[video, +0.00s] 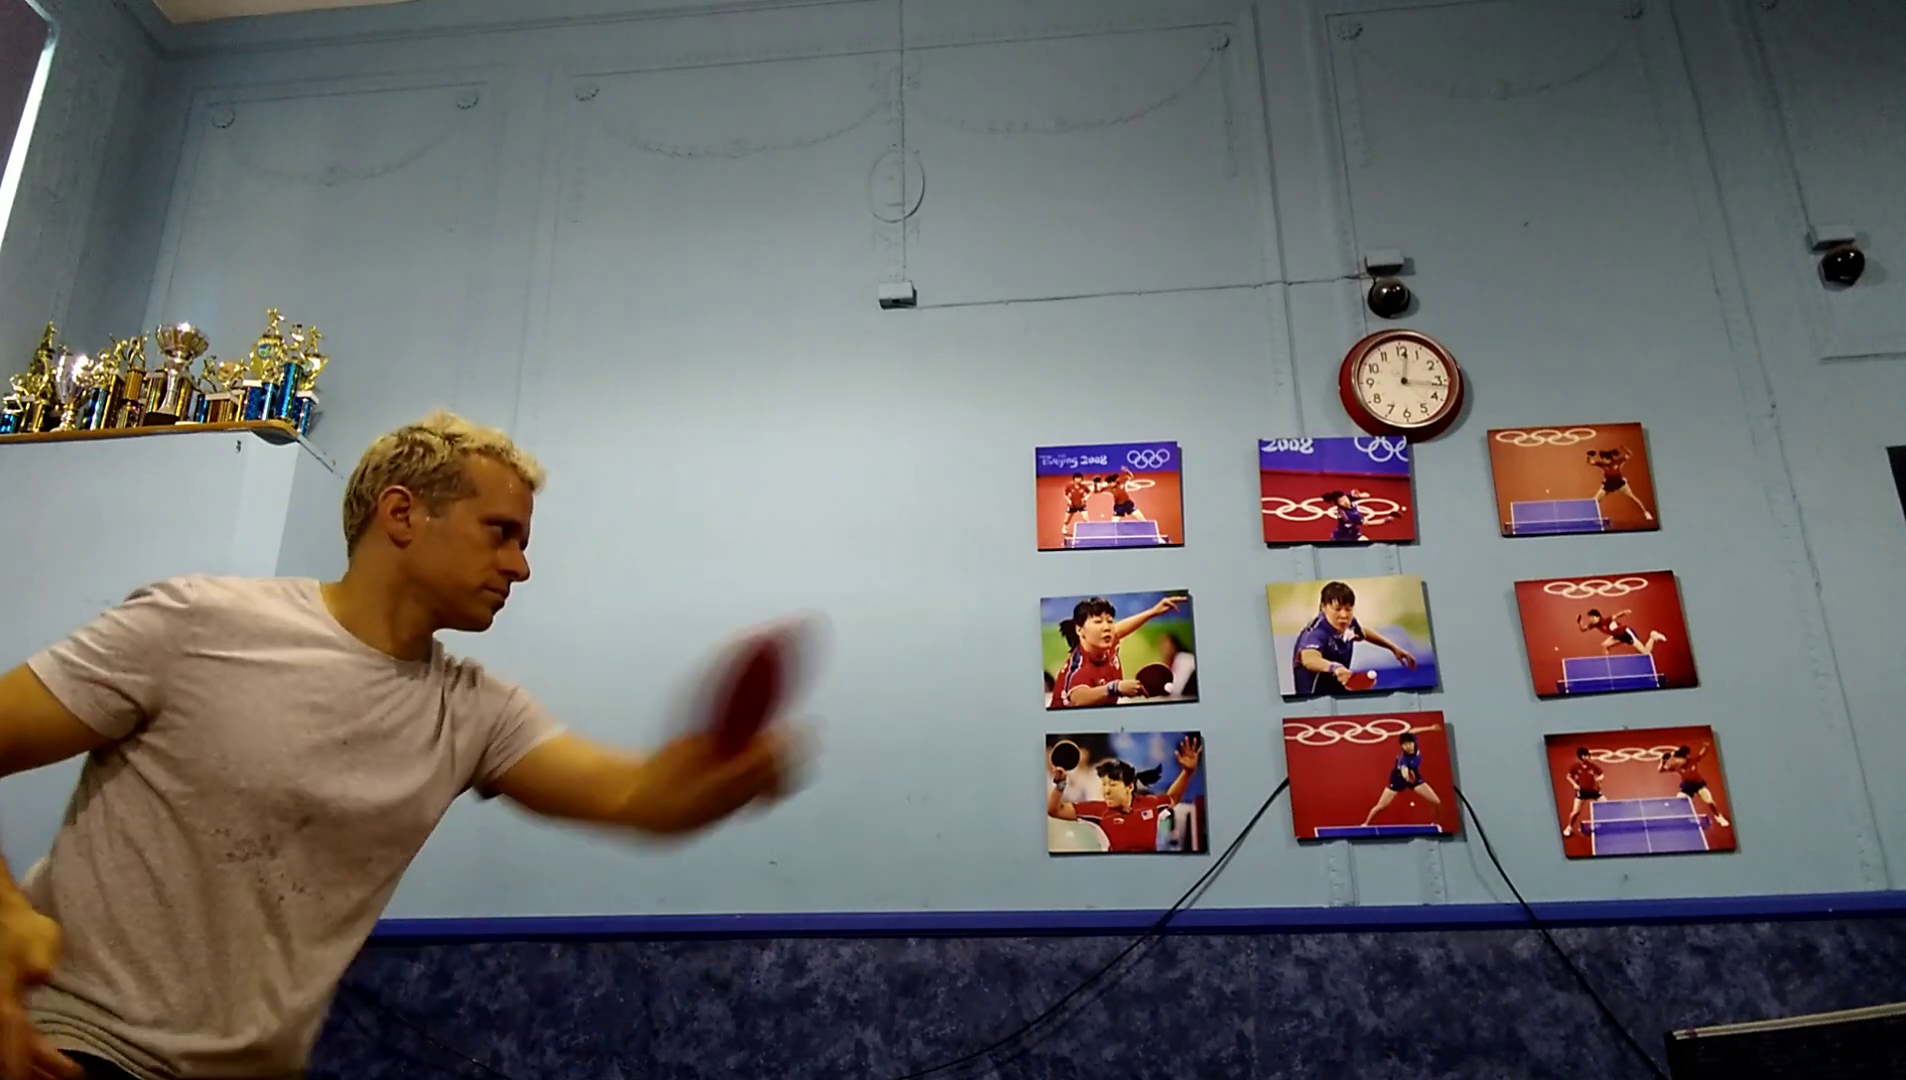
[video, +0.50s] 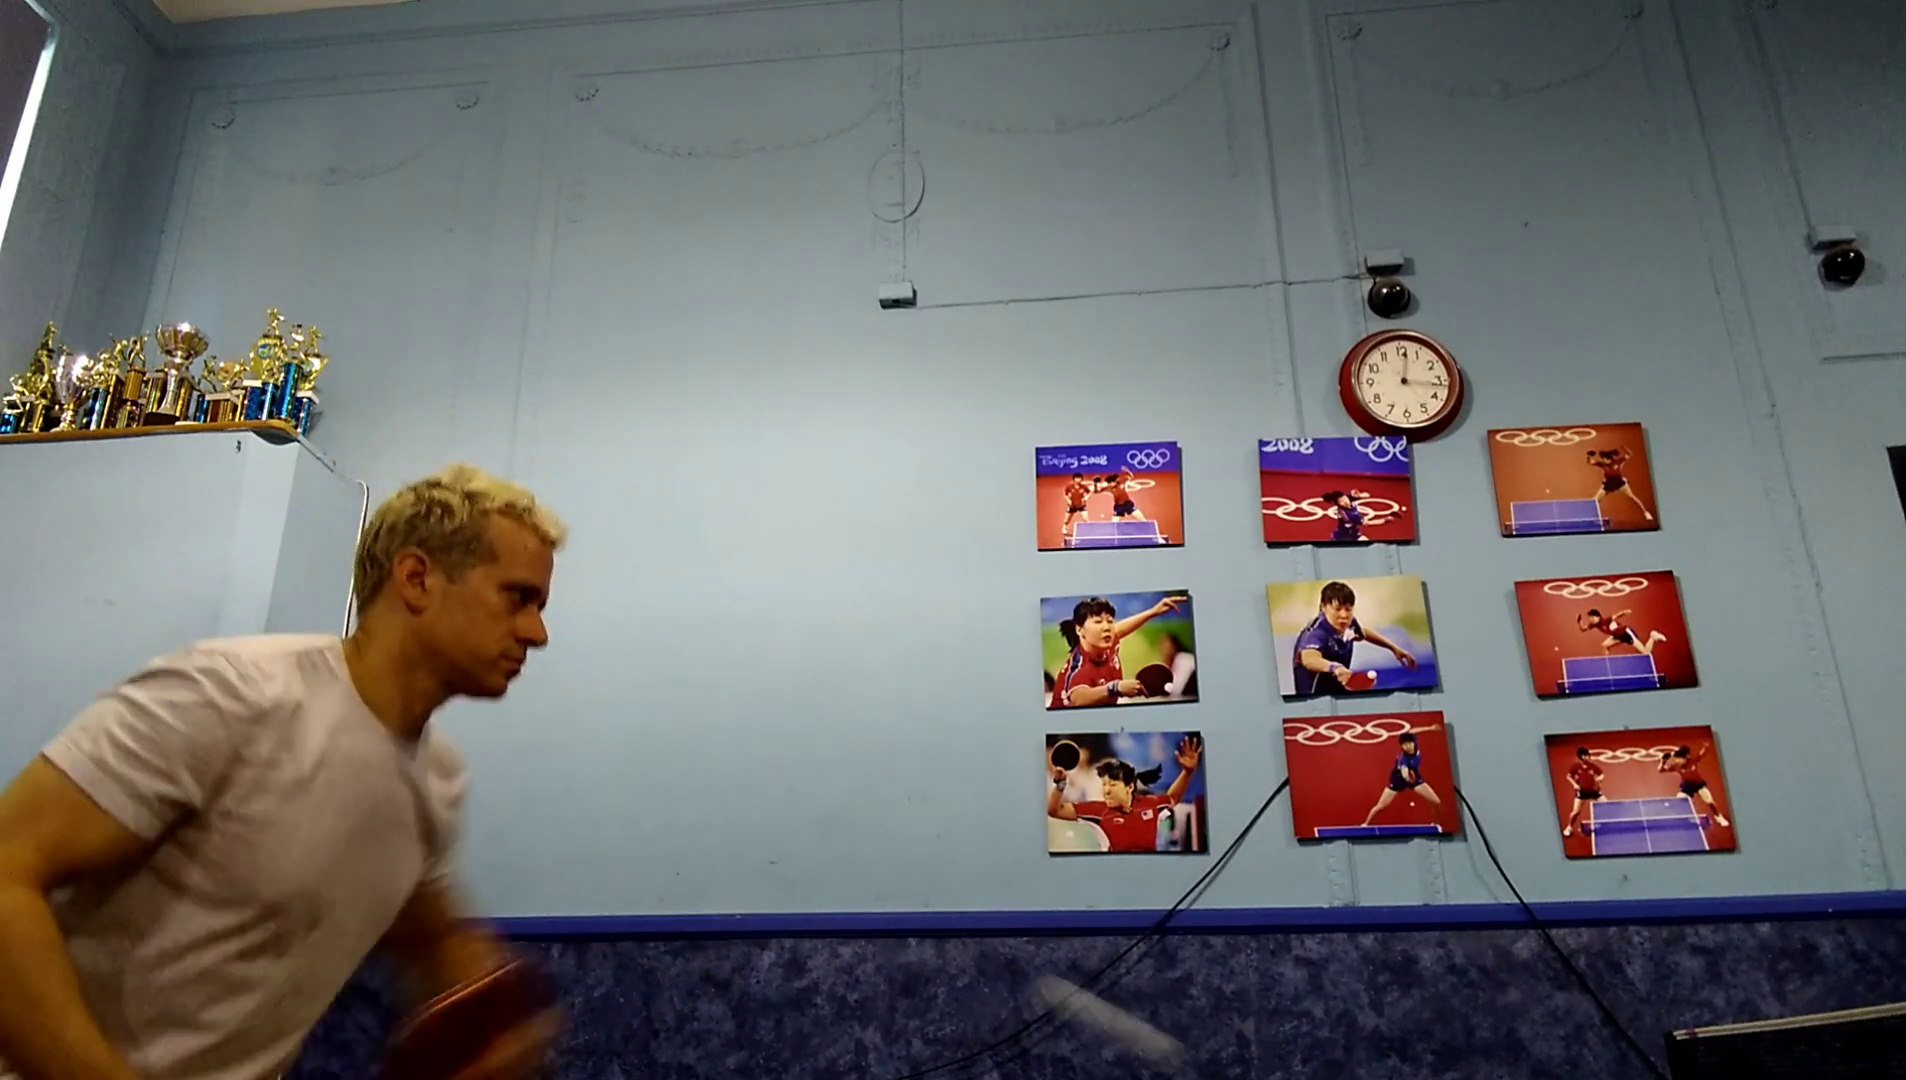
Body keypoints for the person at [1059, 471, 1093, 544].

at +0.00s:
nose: (1078, 481)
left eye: (1079, 479)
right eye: (1077, 479)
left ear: (1081, 480)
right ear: (1074, 480)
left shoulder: (1083, 487)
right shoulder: (1070, 487)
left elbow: (1089, 492)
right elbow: (1065, 494)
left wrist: (1085, 498)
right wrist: (1068, 501)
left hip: (1081, 505)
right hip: (1072, 505)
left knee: (1086, 519)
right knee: (1066, 520)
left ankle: (1090, 530)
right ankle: (1064, 528)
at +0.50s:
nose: (1078, 481)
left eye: (1079, 479)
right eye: (1077, 479)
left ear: (1081, 480)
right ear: (1074, 479)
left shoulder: (1083, 487)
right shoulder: (1070, 487)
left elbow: (1089, 492)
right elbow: (1065, 494)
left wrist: (1085, 498)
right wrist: (1068, 501)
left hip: (1081, 505)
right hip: (1072, 505)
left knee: (1086, 519)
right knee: (1066, 520)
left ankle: (1089, 530)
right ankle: (1064, 528)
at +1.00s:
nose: (1078, 481)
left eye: (1080, 479)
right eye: (1077, 479)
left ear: (1081, 480)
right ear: (1074, 480)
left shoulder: (1083, 487)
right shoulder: (1070, 487)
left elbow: (1089, 492)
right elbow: (1065, 494)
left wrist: (1085, 498)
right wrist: (1068, 501)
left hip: (1081, 505)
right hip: (1072, 505)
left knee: (1086, 519)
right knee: (1066, 520)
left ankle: (1090, 531)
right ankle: (1064, 528)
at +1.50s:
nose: (1078, 481)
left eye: (1079, 479)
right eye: (1077, 479)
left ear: (1081, 479)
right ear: (1074, 480)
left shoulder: (1083, 487)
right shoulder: (1070, 487)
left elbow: (1089, 492)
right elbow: (1065, 494)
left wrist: (1085, 498)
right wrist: (1068, 500)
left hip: (1081, 505)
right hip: (1072, 505)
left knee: (1086, 519)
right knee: (1066, 520)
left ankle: (1090, 531)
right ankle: (1064, 528)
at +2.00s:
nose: (1078, 481)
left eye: (1080, 479)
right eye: (1077, 479)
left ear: (1081, 480)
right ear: (1074, 480)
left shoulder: (1083, 487)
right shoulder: (1070, 487)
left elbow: (1089, 492)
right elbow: (1065, 494)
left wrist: (1085, 498)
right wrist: (1068, 500)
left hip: (1081, 505)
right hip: (1072, 505)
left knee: (1086, 519)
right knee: (1067, 520)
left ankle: (1089, 530)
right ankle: (1064, 528)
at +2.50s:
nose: (1078, 480)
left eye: (1079, 479)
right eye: (1077, 479)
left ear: (1081, 479)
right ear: (1074, 479)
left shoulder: (1083, 487)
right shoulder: (1070, 487)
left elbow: (1089, 492)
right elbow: (1065, 494)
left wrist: (1085, 498)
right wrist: (1068, 500)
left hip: (1081, 505)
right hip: (1072, 505)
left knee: (1086, 519)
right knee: (1067, 520)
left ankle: (1089, 530)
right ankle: (1064, 528)